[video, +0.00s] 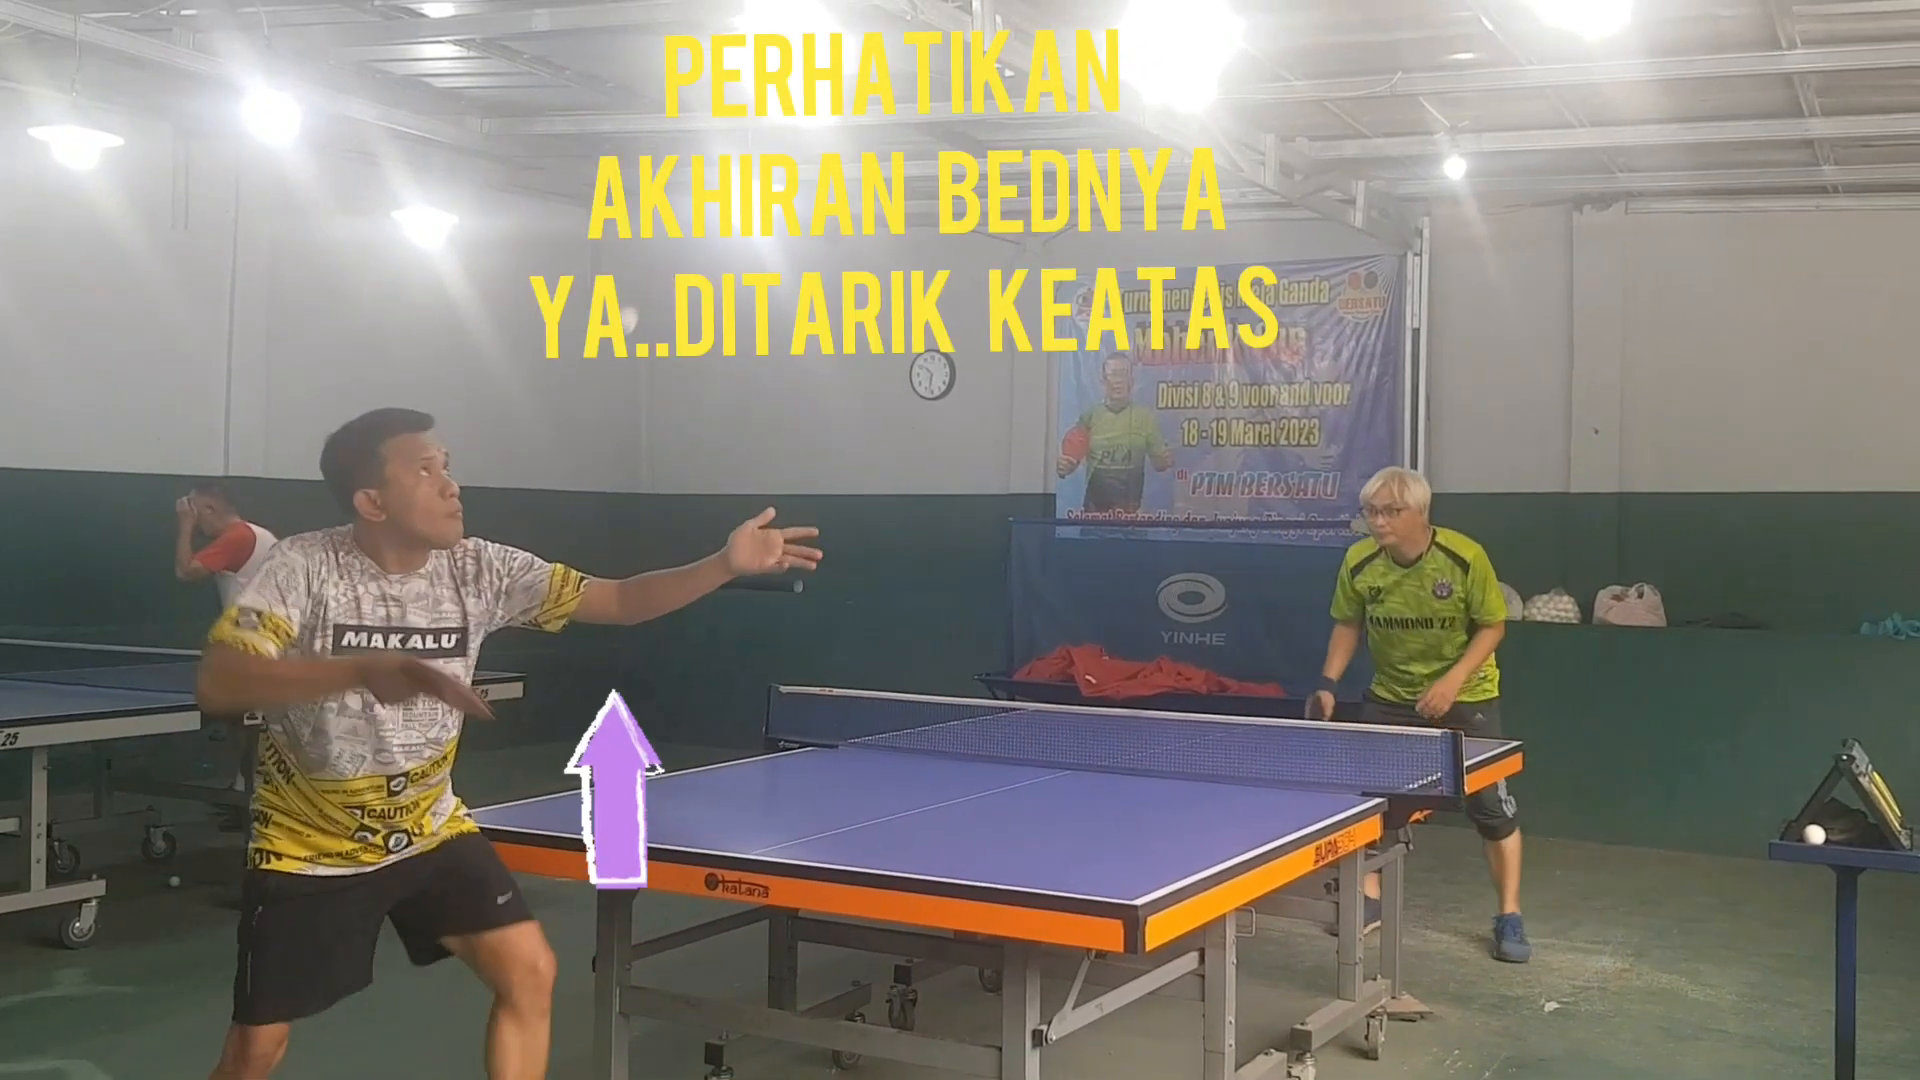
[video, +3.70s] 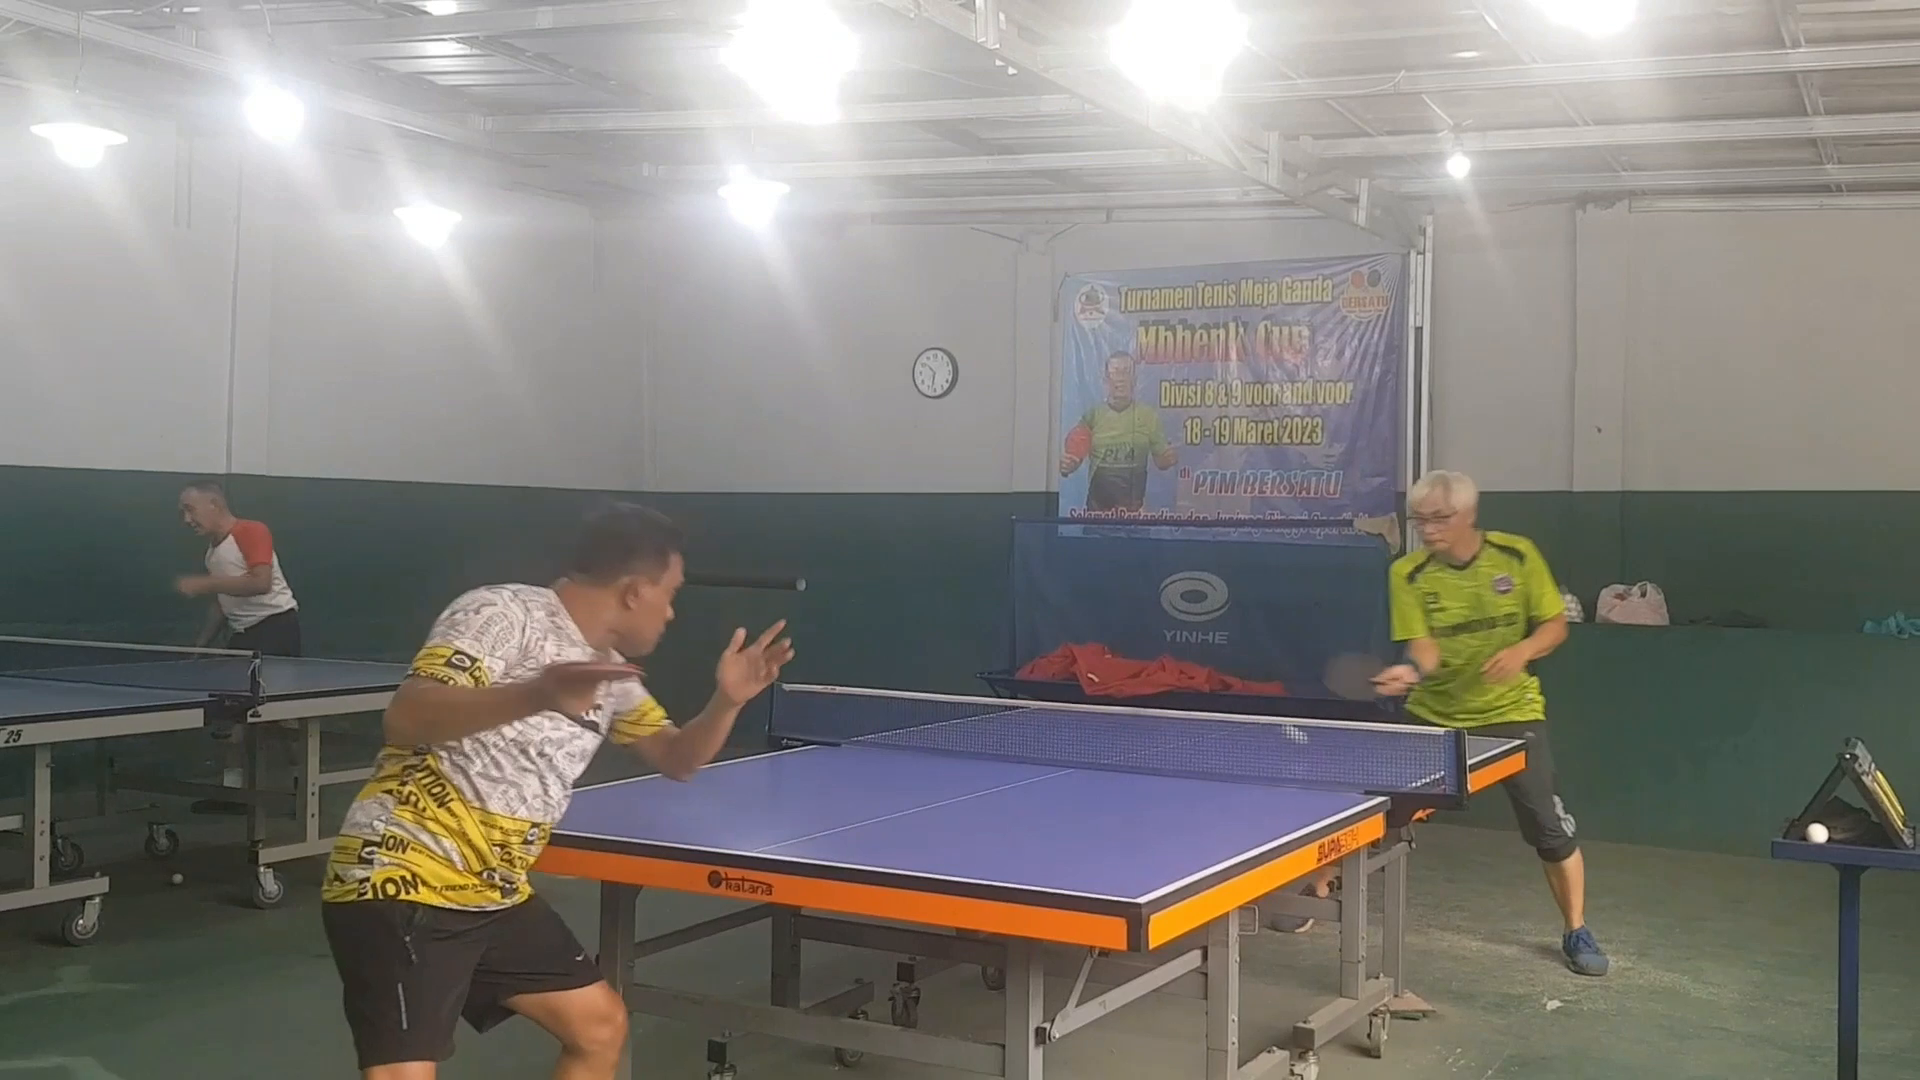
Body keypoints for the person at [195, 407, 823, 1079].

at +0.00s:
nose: (452, 481)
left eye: (448, 465)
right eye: (427, 469)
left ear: (444, 477)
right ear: (368, 500)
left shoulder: (480, 569)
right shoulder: (297, 569)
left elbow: (617, 601)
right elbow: (218, 683)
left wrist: (725, 564)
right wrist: (362, 670)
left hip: (429, 827)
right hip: (306, 841)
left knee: (529, 970)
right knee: (258, 1043)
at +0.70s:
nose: (487, 507)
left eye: (485, 489)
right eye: (467, 493)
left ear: (483, 501)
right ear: (403, 514)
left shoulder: (510, 581)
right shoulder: (327, 560)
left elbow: (642, 608)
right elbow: (192, 597)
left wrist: (742, 557)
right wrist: (320, 601)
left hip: (434, 828)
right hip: (316, 843)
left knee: (542, 962)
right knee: (257, 1051)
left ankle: (426, 1057)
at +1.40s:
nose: (564, 548)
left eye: (568, 529)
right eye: (547, 529)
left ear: (565, 530)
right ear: (487, 532)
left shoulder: (566, 602)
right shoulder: (411, 558)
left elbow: (689, 612)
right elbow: (290, 565)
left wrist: (719, 531)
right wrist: (411, 652)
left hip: (459, 844)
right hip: (346, 846)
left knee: (565, 996)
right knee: (267, 1054)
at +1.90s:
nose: (645, 601)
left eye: (650, 584)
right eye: (640, 578)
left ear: (592, 574)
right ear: (587, 569)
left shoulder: (599, 649)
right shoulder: (479, 583)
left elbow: (690, 665)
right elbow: (354, 634)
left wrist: (678, 543)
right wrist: (505, 638)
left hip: (495, 879)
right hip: (382, 876)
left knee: (597, 1030)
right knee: (316, 1065)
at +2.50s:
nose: (693, 641)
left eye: (698, 626)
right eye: (692, 621)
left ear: (646, 614)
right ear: (648, 612)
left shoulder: (632, 687)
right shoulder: (517, 615)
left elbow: (715, 746)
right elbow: (385, 695)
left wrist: (730, 635)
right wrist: (466, 613)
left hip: (510, 897)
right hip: (411, 886)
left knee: (618, 1035)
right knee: (383, 1072)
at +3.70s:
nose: (671, 616)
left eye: (674, 600)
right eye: (670, 598)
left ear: (626, 592)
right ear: (631, 591)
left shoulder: (607, 672)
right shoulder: (495, 613)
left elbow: (679, 758)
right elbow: (406, 717)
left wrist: (726, 702)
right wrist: (533, 695)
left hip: (490, 887)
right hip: (398, 878)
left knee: (600, 1027)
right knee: (402, 1075)